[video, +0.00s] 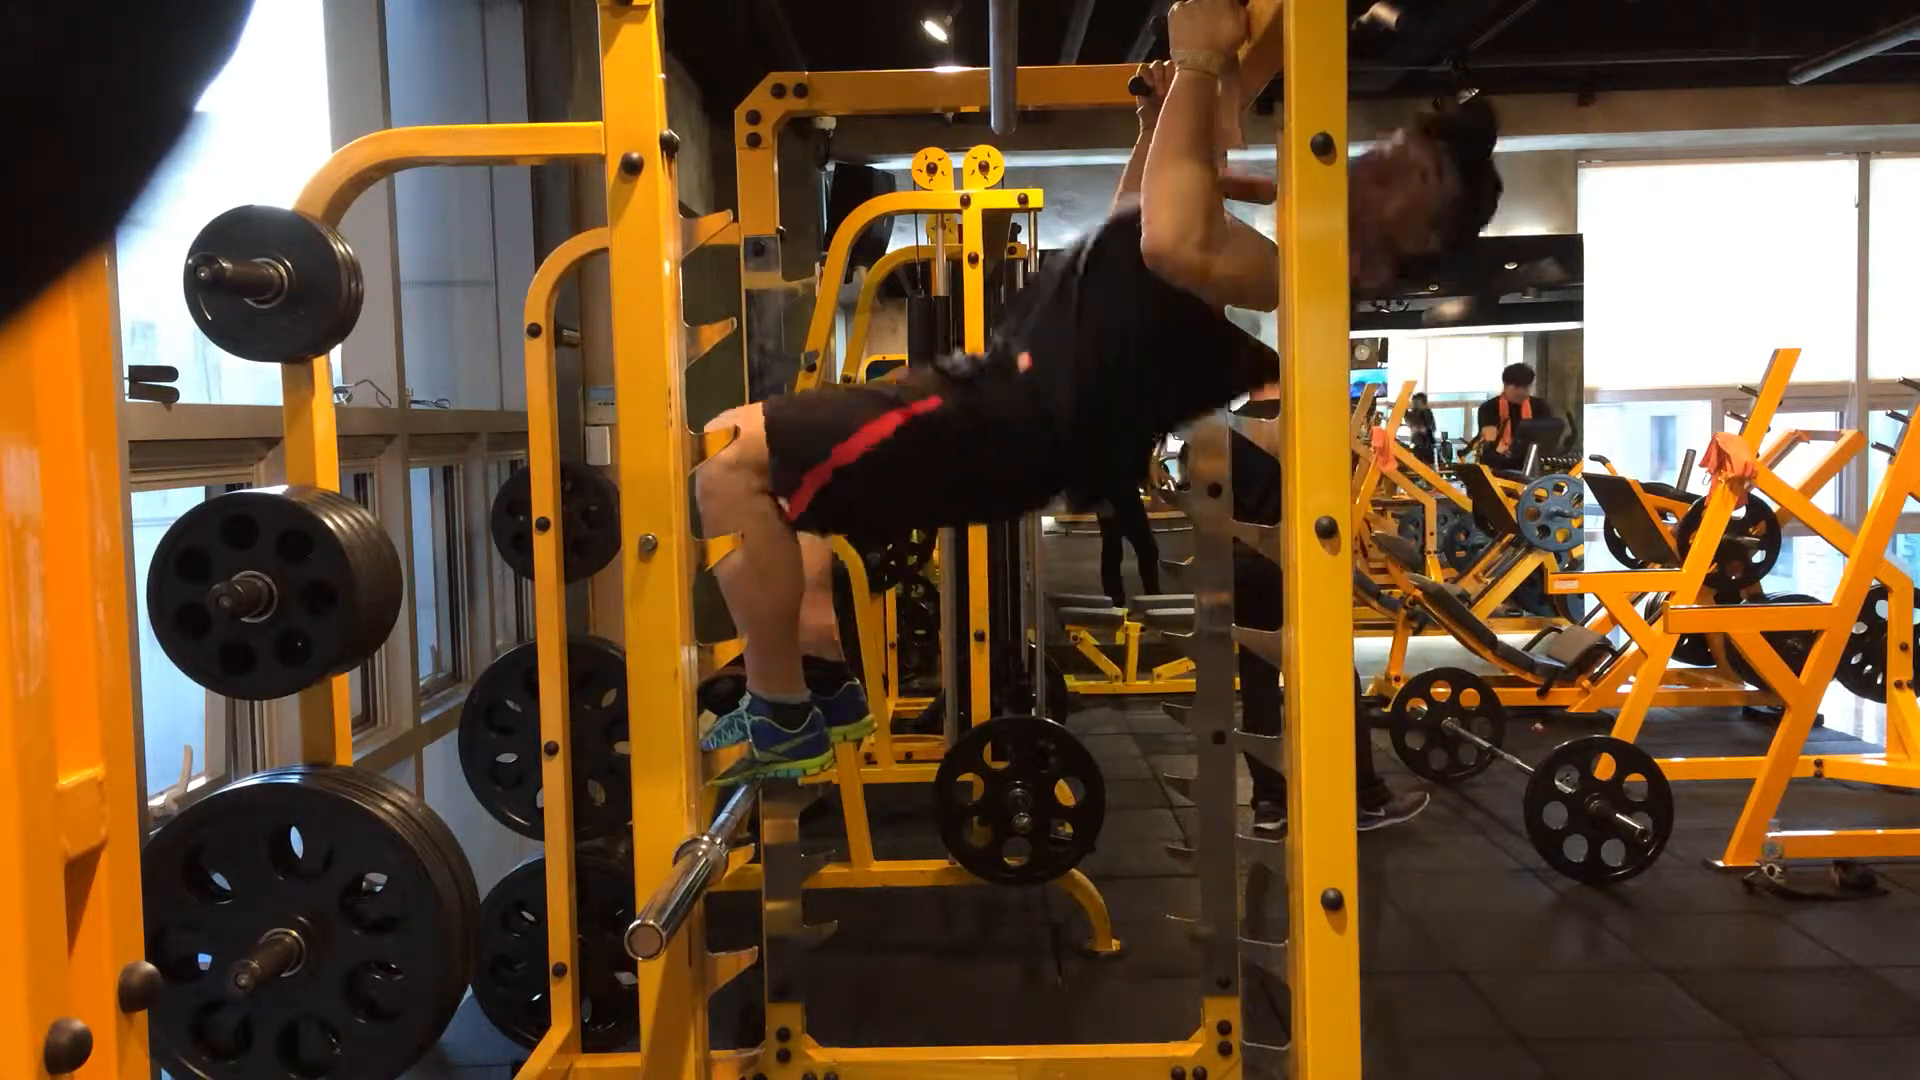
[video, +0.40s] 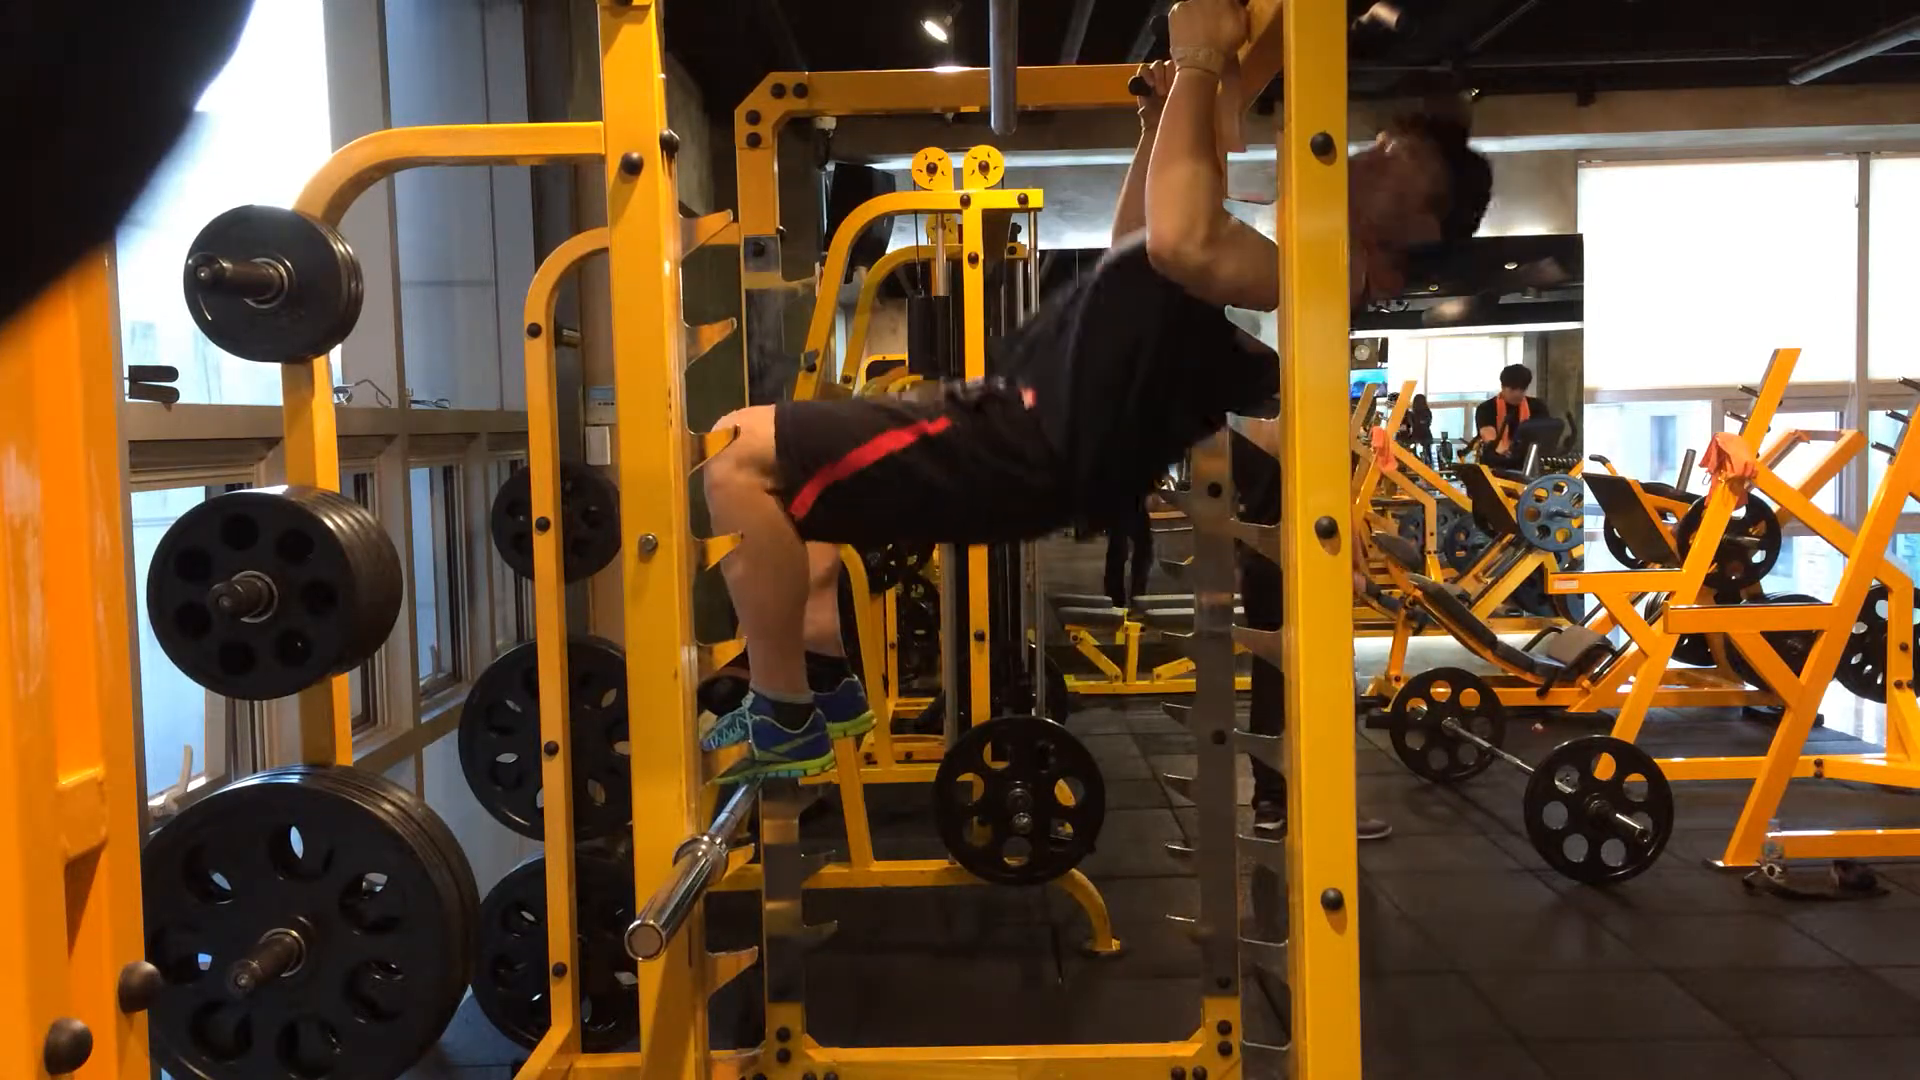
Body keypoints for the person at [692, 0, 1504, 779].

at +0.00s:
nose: (1376, 158)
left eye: (1403, 171)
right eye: (1391, 147)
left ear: (1415, 237)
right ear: (1369, 158)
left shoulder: (1326, 277)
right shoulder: (1310, 227)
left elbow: (1179, 244)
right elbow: (1142, 210)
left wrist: (1208, 66)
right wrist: (1187, 92)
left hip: (1020, 421)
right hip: (1007, 382)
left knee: (733, 474)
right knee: (746, 433)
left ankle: (782, 715)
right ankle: (822, 672)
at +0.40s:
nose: (1365, 153)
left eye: (1389, 164)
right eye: (1380, 145)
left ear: (1391, 253)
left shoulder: (1331, 283)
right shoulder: (1303, 267)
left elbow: (1187, 246)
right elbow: (1139, 247)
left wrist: (1204, 65)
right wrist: (1173, 106)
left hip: (1024, 454)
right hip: (1011, 423)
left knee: (739, 465)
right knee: (758, 439)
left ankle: (781, 713)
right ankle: (825, 673)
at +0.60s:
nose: (1318, 235)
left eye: (1351, 235)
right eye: (1341, 223)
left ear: (1381, 291)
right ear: (1365, 280)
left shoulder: (1302, 383)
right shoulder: (1256, 340)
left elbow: (1187, 262)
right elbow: (1134, 277)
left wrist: (1199, 73)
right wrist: (1158, 126)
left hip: (1017, 543)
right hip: (1003, 499)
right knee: (762, 440)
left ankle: (780, 713)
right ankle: (826, 675)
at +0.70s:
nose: (1310, 256)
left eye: (1346, 263)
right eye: (1331, 249)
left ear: (1374, 317)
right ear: (1334, 286)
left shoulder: (1296, 396)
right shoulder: (1252, 356)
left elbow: (1184, 262)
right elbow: (1136, 283)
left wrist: (1199, 74)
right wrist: (1157, 131)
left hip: (1019, 559)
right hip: (1006, 516)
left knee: (743, 465)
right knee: (773, 446)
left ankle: (781, 713)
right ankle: (826, 679)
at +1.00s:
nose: (1352, 178)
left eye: (1378, 179)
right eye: (1367, 169)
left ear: (1397, 223)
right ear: (1379, 216)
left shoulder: (1316, 290)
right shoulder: (1306, 297)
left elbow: (1179, 245)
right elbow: (1140, 242)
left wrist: (1203, 69)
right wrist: (1176, 97)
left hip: (1003, 464)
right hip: (1010, 444)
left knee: (731, 475)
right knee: (749, 435)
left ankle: (780, 713)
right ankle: (821, 669)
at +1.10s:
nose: (1357, 116)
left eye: (1379, 117)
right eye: (1374, 106)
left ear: (1396, 161)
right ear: (1393, 161)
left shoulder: (1336, 256)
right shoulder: (1320, 207)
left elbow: (1173, 235)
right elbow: (1165, 191)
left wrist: (1200, 66)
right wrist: (1206, 81)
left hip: (1036, 412)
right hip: (1021, 371)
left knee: (740, 462)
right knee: (758, 434)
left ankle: (782, 715)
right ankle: (822, 672)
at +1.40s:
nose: (1367, 122)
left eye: (1387, 122)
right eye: (1382, 114)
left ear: (1396, 155)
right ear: (1376, 142)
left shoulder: (1334, 256)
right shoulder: (1314, 222)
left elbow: (1185, 240)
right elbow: (1147, 224)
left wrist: (1207, 69)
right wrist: (1167, 111)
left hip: (1042, 423)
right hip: (1025, 379)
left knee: (747, 458)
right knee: (772, 429)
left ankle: (783, 715)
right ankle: (822, 664)